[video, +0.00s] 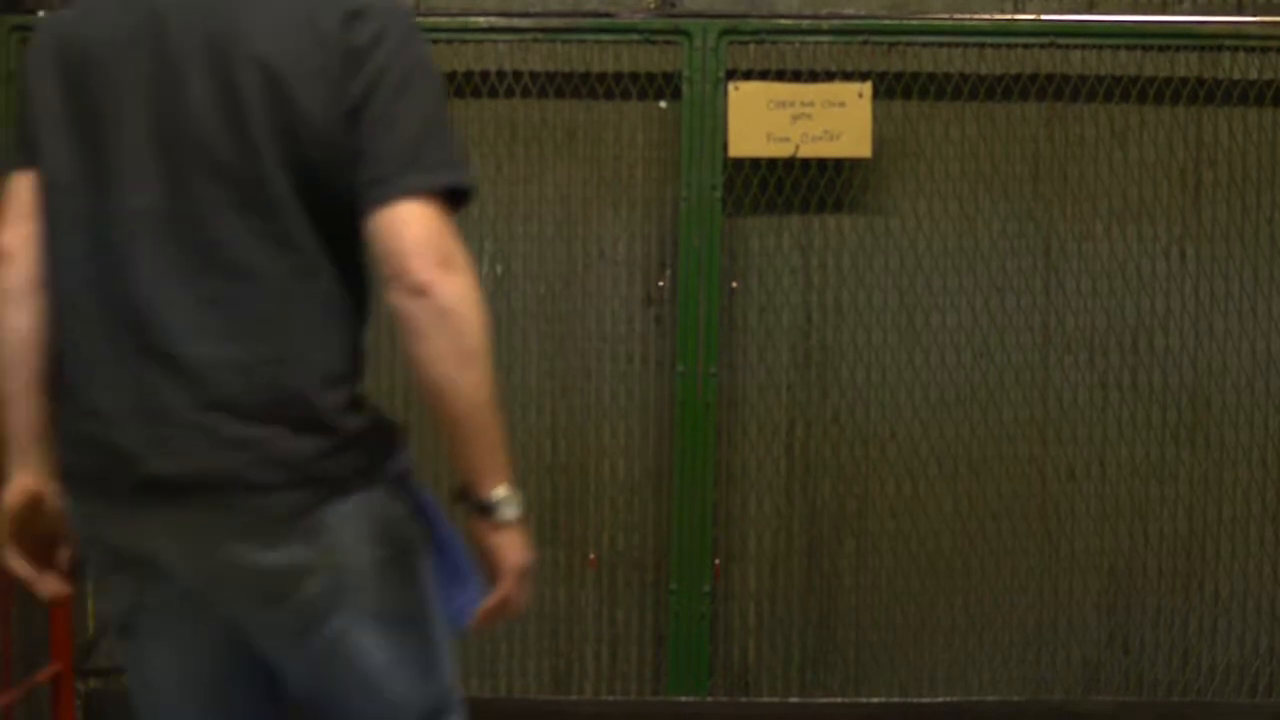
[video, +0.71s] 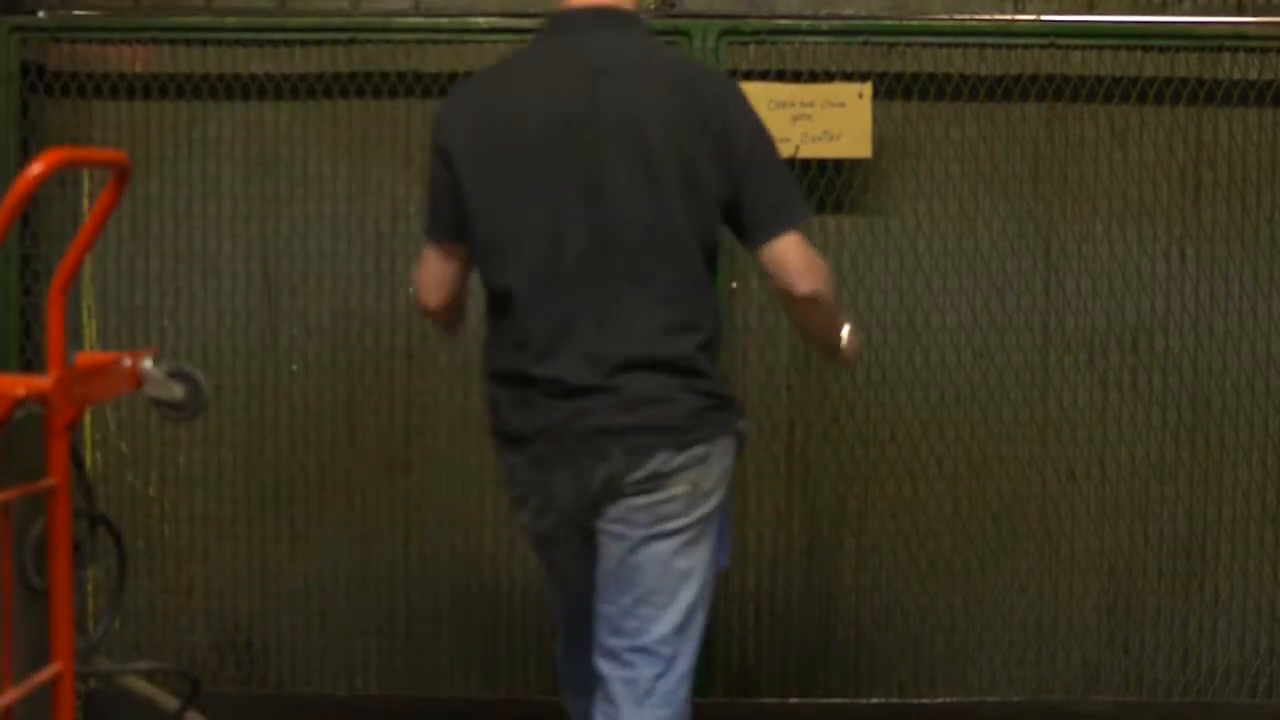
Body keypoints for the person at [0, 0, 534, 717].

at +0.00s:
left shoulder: (66, 33)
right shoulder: (360, 25)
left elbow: (19, 253)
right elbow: (422, 272)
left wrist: (26, 463)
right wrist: (491, 496)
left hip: (119, 495)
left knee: (189, 704)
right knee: (402, 703)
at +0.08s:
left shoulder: (127, 30)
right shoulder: (411, 27)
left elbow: (77, 243)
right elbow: (471, 268)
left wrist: (81, 455)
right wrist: (545, 483)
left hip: (176, 487)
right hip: (365, 486)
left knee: (232, 709)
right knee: (450, 708)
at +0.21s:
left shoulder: (221, 72)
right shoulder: (488, 75)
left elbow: (171, 277)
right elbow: (546, 301)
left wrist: (168, 474)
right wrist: (619, 499)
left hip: (268, 508)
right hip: (451, 511)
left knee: (296, 707)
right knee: (522, 706)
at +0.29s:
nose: (526, 4)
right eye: (523, 6)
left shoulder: (286, 89)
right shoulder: (542, 96)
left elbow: (237, 288)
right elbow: (598, 318)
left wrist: (237, 475)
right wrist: (664, 503)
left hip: (339, 500)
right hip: (515, 505)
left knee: (348, 710)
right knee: (565, 710)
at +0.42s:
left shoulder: (365, 75)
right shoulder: (614, 84)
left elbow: (320, 265)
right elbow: (670, 298)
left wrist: (330, 434)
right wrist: (729, 467)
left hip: (427, 461)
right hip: (588, 460)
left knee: (450, 698)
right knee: (613, 698)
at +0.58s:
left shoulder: (434, 73)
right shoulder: (677, 72)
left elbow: (398, 271)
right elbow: (757, 275)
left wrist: (410, 370)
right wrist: (796, 395)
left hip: (496, 418)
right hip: (636, 416)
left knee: (542, 628)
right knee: (626, 671)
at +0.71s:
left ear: (553, 4)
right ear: (641, 1)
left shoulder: (476, 102)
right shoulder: (699, 93)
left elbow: (436, 294)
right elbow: (801, 278)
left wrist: (457, 319)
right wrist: (835, 335)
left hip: (536, 426)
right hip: (668, 424)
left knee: (587, 659)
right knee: (642, 681)